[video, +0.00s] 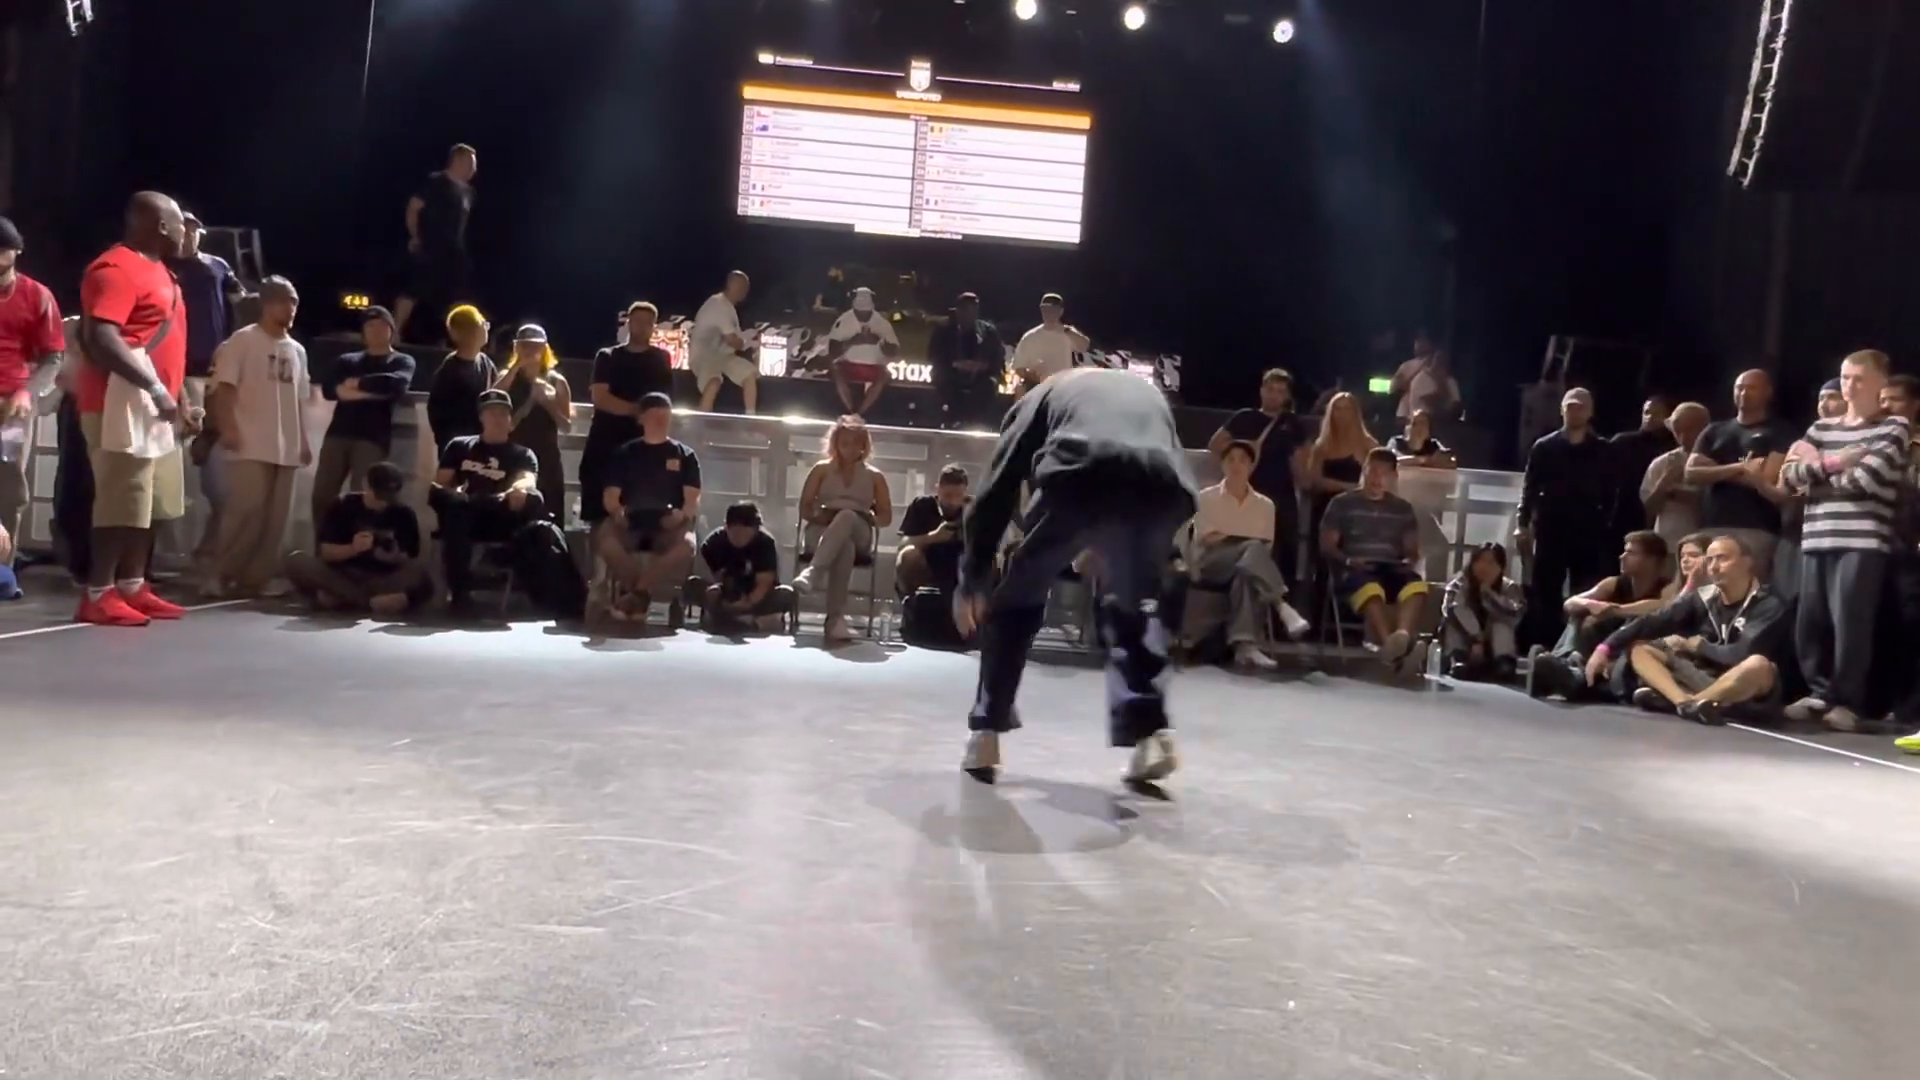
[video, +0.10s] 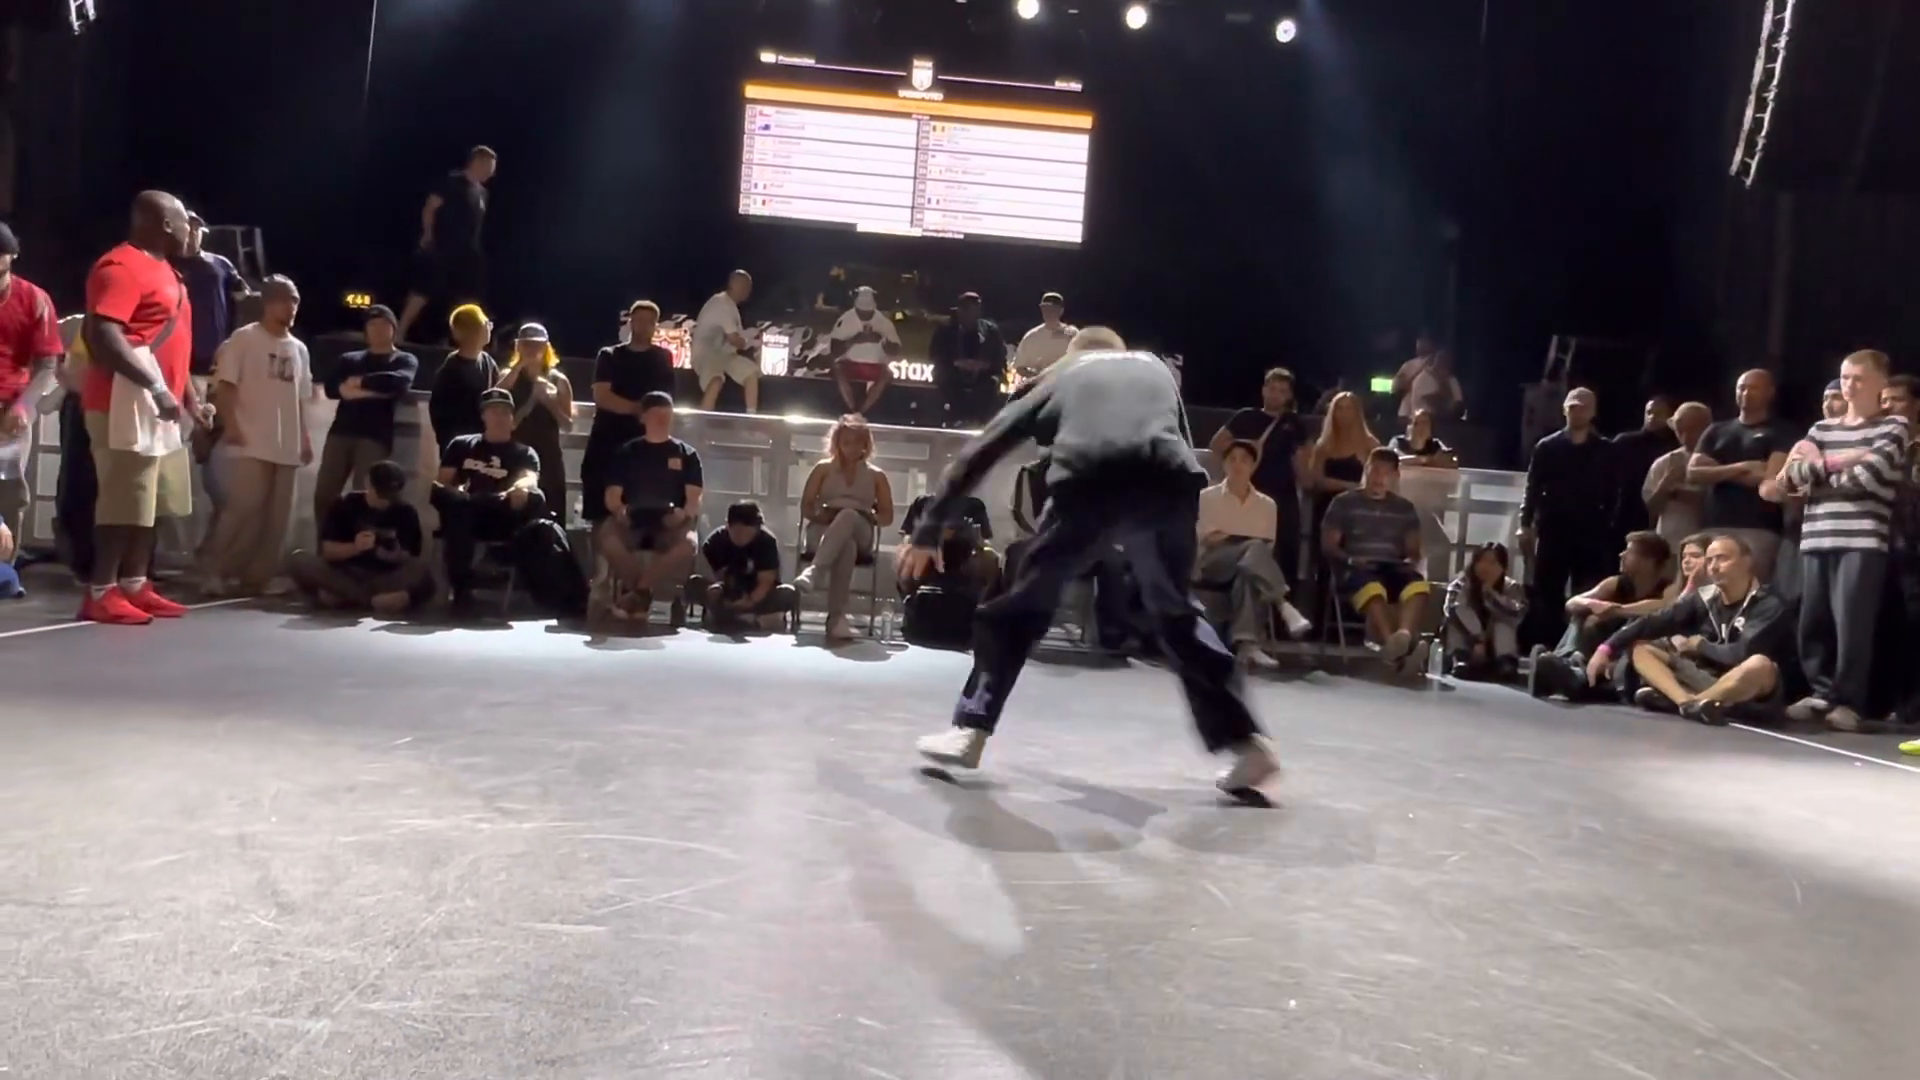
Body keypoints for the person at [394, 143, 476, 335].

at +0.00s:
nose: (474, 167)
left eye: (475, 162)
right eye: (471, 161)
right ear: (458, 161)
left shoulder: (467, 191)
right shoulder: (436, 181)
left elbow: (461, 221)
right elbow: (413, 207)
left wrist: (458, 242)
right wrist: (414, 237)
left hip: (455, 249)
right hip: (429, 246)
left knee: (457, 294)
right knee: (412, 292)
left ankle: (458, 340)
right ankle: (395, 332)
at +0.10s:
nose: (491, 171)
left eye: (493, 166)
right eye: (489, 165)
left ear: (490, 166)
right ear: (477, 162)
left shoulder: (482, 192)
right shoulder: (454, 181)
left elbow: (475, 221)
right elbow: (430, 207)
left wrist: (473, 243)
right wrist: (427, 235)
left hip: (468, 249)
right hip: (443, 246)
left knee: (466, 296)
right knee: (423, 291)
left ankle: (461, 341)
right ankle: (400, 333)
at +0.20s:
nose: (508, 171)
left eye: (509, 167)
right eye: (505, 165)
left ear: (507, 168)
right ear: (492, 163)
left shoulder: (498, 192)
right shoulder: (471, 181)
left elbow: (489, 221)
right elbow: (448, 204)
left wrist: (487, 244)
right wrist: (441, 231)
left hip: (484, 248)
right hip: (460, 244)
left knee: (483, 293)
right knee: (446, 288)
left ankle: (479, 339)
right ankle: (420, 329)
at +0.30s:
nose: (522, 172)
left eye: (523, 167)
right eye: (520, 166)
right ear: (509, 163)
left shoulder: (511, 193)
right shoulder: (487, 182)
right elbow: (462, 205)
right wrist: (454, 230)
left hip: (496, 249)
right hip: (478, 246)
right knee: (474, 292)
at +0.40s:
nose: (535, 171)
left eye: (536, 166)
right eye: (532, 165)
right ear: (521, 164)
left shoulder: (522, 192)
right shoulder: (502, 183)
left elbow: (518, 227)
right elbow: (476, 204)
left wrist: (521, 253)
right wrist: (468, 230)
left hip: (511, 253)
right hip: (494, 250)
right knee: (495, 300)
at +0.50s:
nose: (548, 174)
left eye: (549, 169)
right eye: (544, 168)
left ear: (549, 170)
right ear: (532, 166)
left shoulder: (534, 193)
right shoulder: (515, 186)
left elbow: (534, 230)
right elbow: (491, 209)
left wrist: (543, 254)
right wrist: (484, 233)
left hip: (528, 254)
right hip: (505, 251)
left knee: (527, 302)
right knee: (494, 297)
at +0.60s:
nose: (565, 176)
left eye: (566, 172)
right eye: (562, 171)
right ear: (549, 168)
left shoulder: (549, 193)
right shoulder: (533, 188)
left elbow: (553, 229)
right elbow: (509, 213)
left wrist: (565, 252)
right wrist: (504, 237)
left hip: (545, 252)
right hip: (530, 251)